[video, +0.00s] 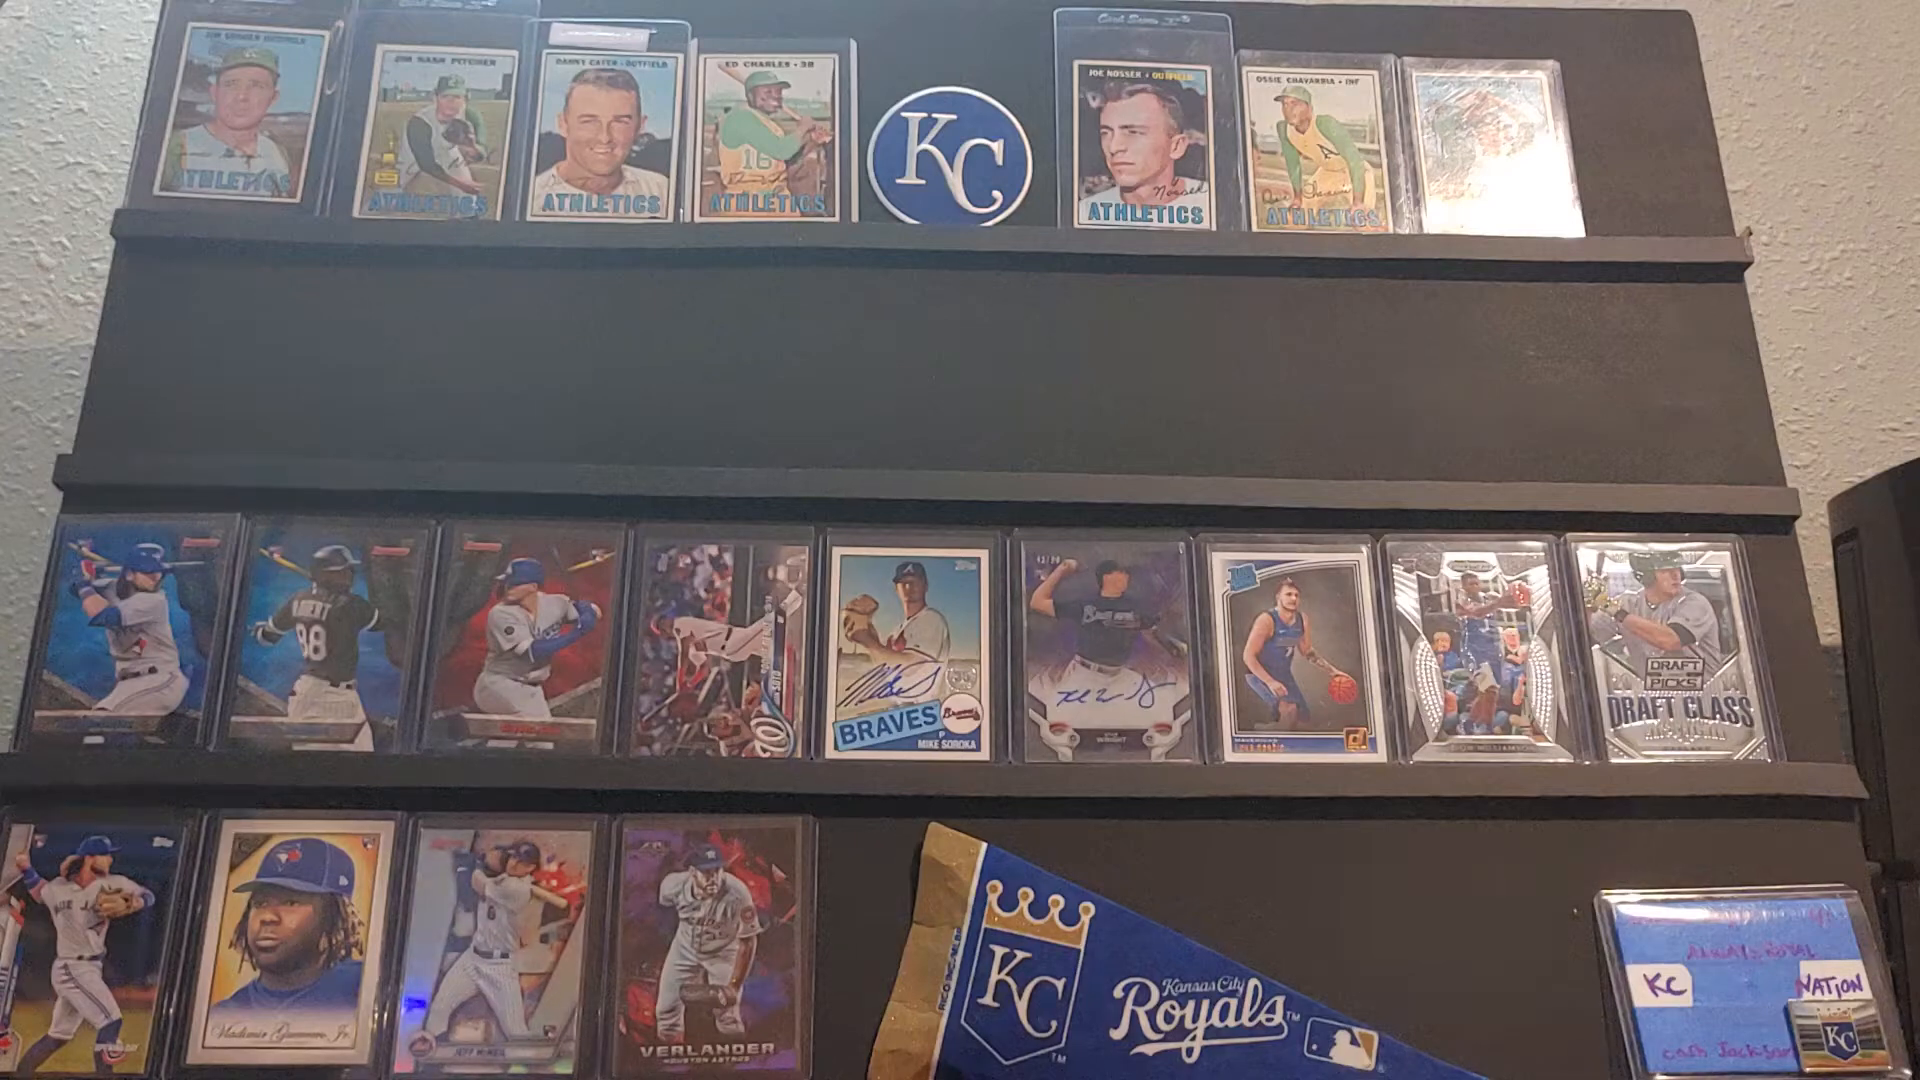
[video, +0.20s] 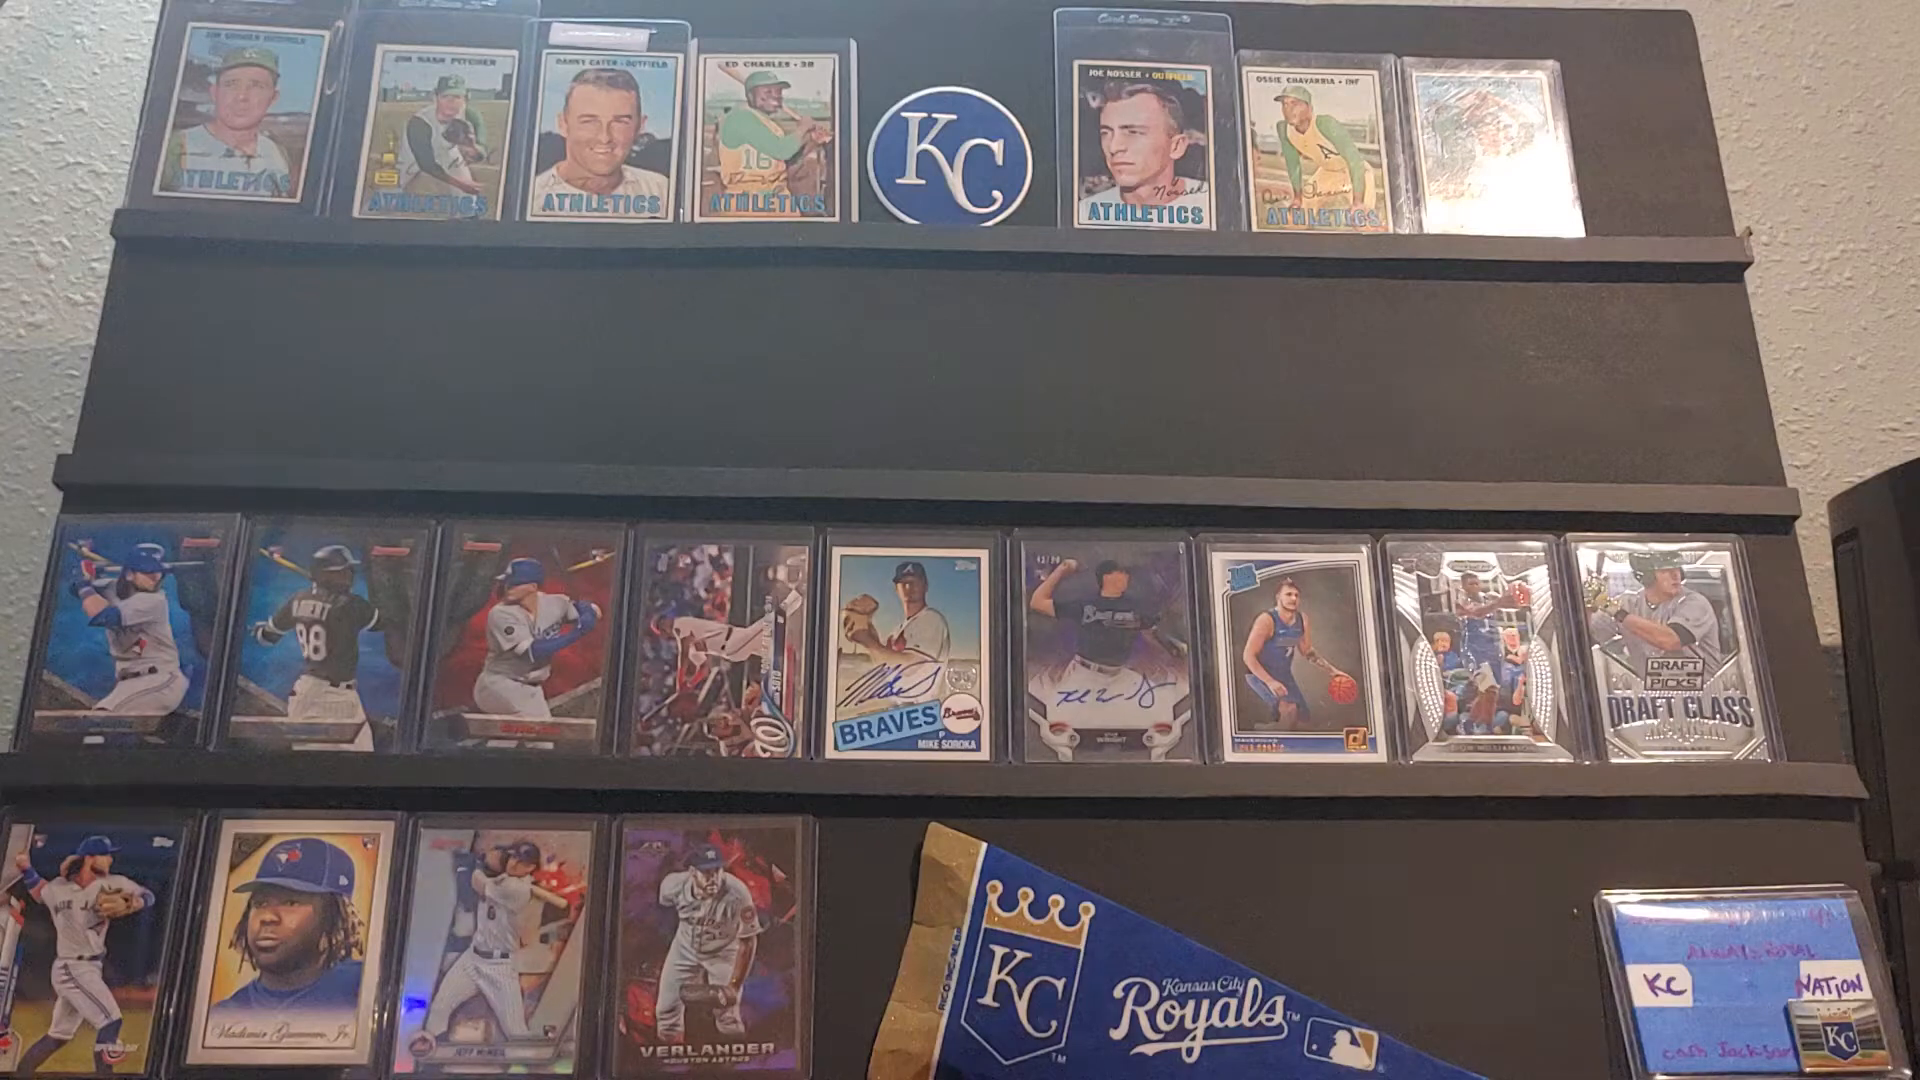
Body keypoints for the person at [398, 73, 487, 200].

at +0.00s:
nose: (451, 102)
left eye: (457, 97)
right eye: (446, 97)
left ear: (464, 100)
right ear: (437, 98)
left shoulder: (470, 116)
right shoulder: (419, 122)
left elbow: (480, 153)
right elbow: (427, 166)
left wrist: (470, 150)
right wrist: (462, 185)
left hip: (454, 165)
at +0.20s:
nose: (452, 102)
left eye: (457, 97)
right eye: (446, 97)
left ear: (465, 100)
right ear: (437, 98)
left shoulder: (469, 116)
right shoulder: (419, 122)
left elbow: (482, 151)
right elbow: (427, 166)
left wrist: (471, 151)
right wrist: (462, 185)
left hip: (454, 165)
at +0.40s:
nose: (452, 102)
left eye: (457, 97)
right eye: (446, 97)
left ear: (464, 100)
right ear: (437, 98)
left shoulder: (469, 116)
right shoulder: (419, 122)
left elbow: (481, 152)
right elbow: (427, 166)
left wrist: (471, 151)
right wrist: (462, 185)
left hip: (454, 166)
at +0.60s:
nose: (451, 102)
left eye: (457, 97)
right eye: (445, 97)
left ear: (464, 100)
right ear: (436, 98)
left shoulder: (467, 117)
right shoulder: (419, 123)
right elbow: (427, 166)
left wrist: (471, 152)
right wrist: (461, 185)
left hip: (454, 167)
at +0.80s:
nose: (451, 102)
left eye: (457, 97)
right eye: (445, 97)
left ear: (464, 100)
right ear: (436, 98)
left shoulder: (467, 117)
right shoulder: (419, 123)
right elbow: (427, 166)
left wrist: (471, 152)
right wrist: (461, 185)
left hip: (454, 167)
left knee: (468, 193)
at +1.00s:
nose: (451, 102)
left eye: (457, 97)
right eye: (445, 96)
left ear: (464, 100)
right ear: (436, 97)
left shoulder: (468, 116)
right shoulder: (419, 123)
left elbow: (481, 153)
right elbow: (428, 166)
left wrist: (470, 150)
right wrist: (462, 185)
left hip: (454, 164)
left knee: (469, 192)